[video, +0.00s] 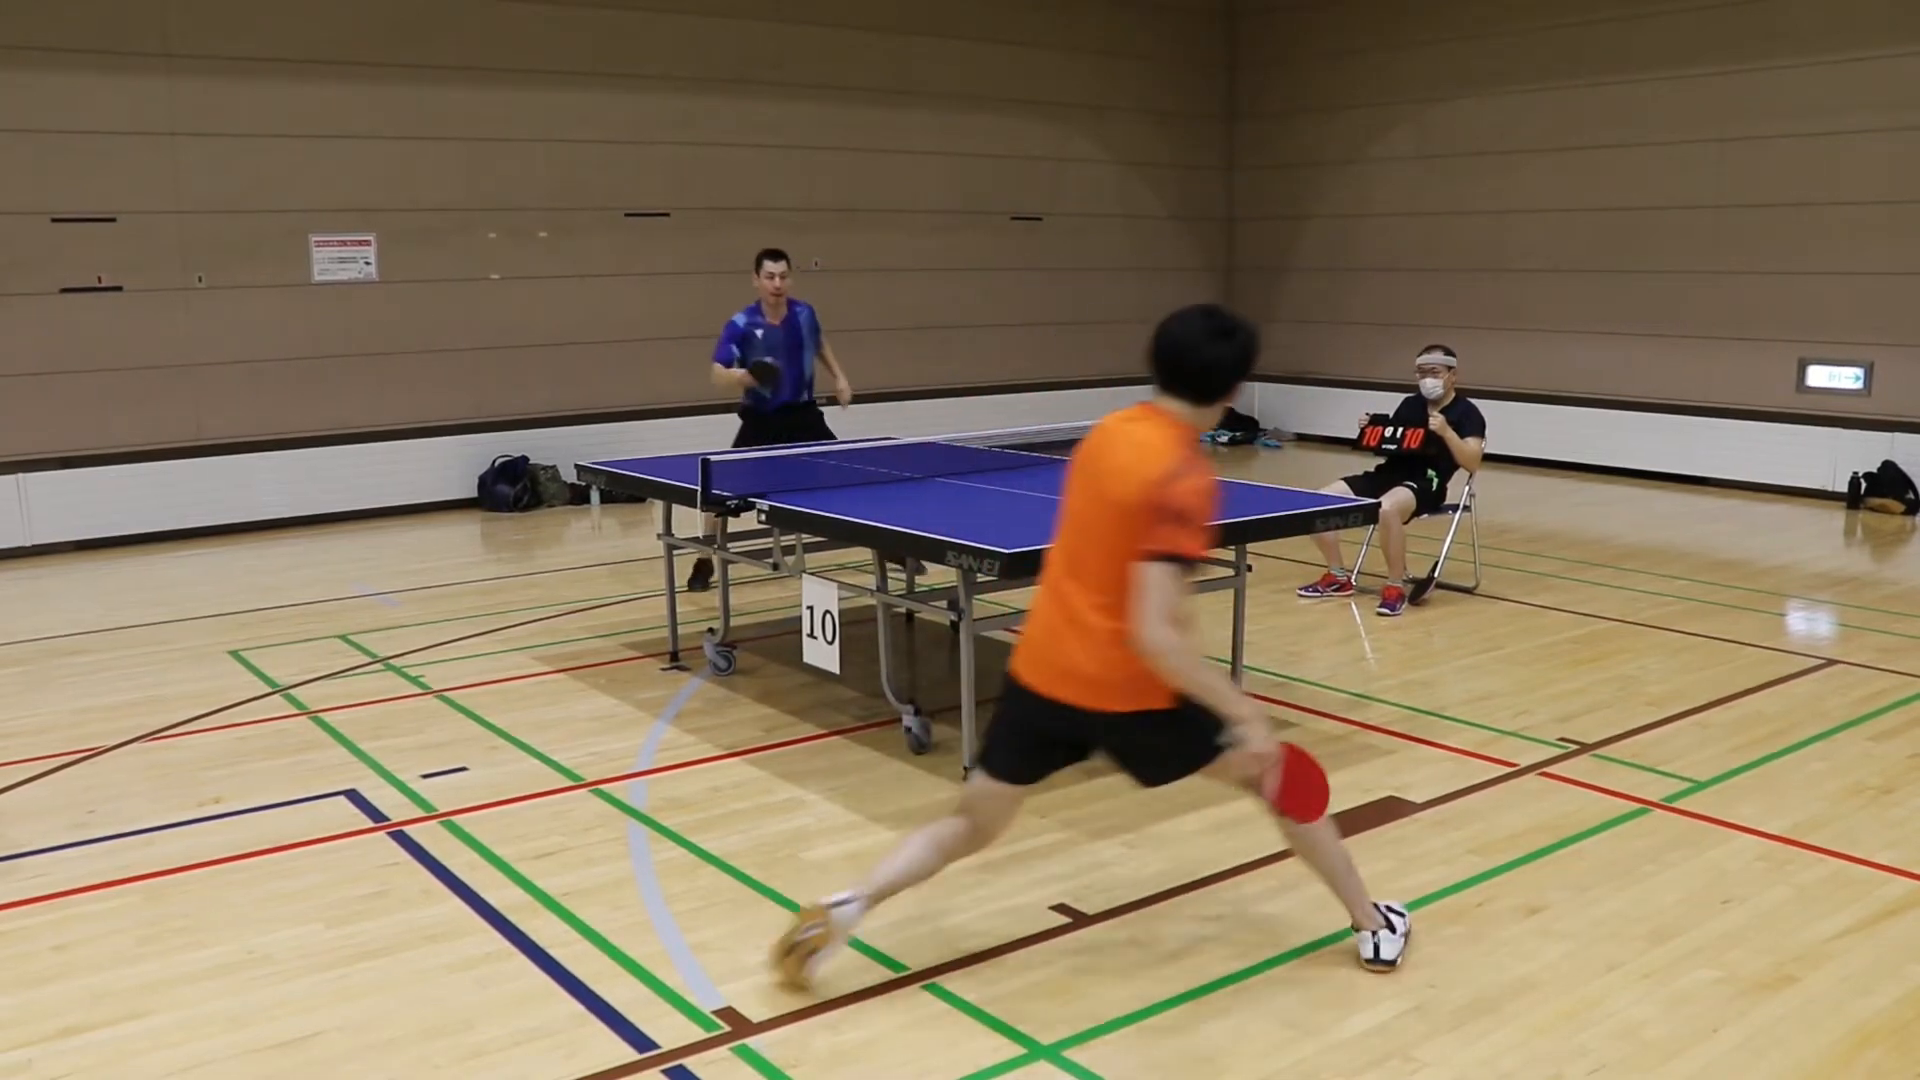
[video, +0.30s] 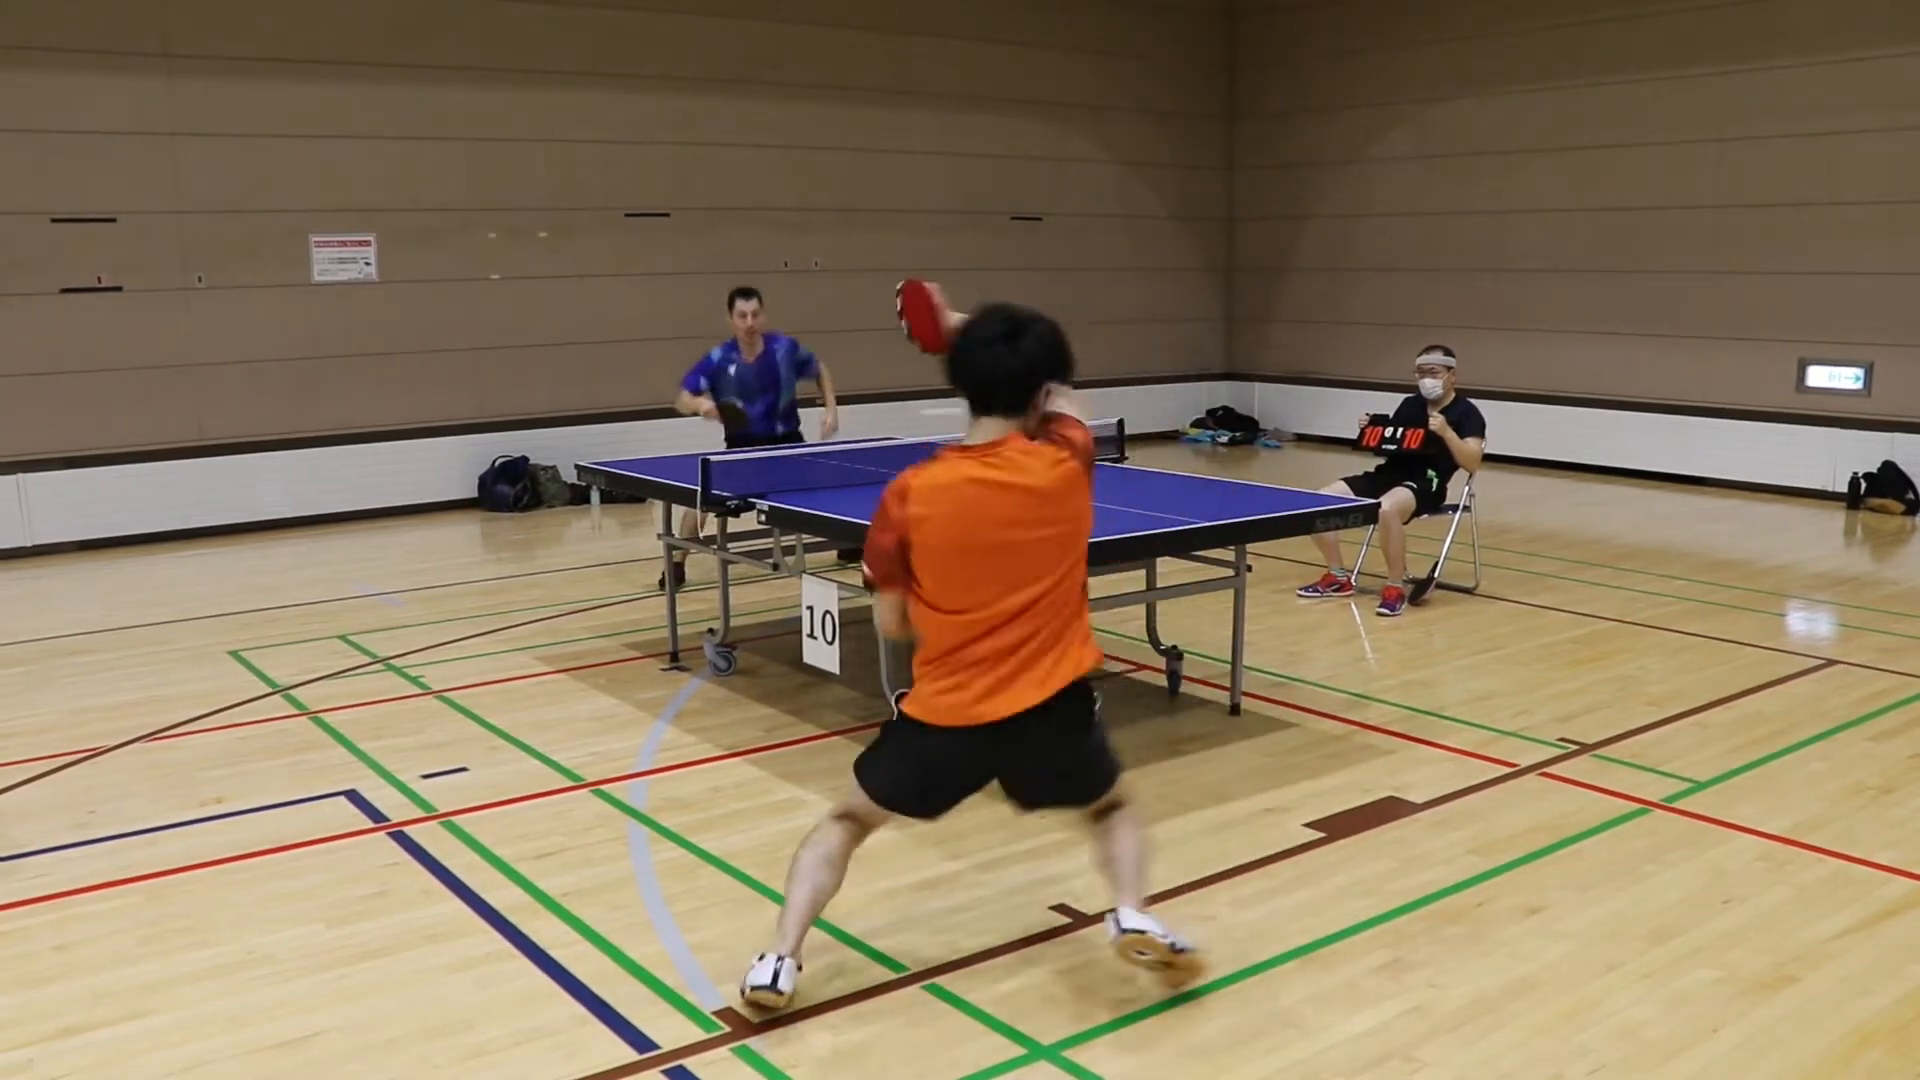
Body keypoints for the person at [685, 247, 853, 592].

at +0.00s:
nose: (778, 283)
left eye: (783, 277)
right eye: (770, 277)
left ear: (790, 280)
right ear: (756, 280)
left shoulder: (804, 314)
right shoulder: (741, 324)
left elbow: (820, 346)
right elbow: (719, 375)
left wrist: (839, 377)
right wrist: (742, 376)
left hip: (805, 419)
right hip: (760, 423)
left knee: (852, 474)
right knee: (722, 488)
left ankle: (892, 545)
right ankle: (705, 559)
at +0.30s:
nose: (749, 322)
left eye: (754, 315)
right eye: (742, 316)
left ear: (763, 316)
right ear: (731, 319)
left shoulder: (786, 349)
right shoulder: (720, 357)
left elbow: (819, 370)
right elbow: (683, 399)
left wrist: (831, 409)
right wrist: (700, 405)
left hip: (789, 448)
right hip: (741, 454)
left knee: (827, 484)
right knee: (699, 498)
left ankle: (849, 542)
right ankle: (676, 563)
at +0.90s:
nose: (730, 311)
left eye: (734, 304)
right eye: (722, 304)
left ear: (739, 306)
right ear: (706, 309)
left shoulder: (756, 339)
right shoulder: (695, 351)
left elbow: (779, 367)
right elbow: (668, 397)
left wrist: (798, 400)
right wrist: (705, 390)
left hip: (764, 435)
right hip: (719, 441)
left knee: (806, 482)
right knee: (682, 493)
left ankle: (845, 542)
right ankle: (667, 559)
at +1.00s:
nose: (704, 303)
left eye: (708, 296)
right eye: (696, 296)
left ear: (713, 300)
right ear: (679, 300)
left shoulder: (726, 333)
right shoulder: (666, 344)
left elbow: (748, 366)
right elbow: (640, 390)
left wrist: (769, 400)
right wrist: (680, 390)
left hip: (739, 430)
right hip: (697, 437)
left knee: (782, 481)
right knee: (674, 500)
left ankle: (839, 538)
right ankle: (664, 559)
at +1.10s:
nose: (684, 290)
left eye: (688, 283)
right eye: (675, 283)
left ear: (692, 287)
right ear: (659, 287)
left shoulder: (705, 322)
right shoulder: (641, 331)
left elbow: (722, 355)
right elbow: (612, 374)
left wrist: (747, 388)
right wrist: (642, 381)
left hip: (711, 424)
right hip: (671, 430)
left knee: (759, 469)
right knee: (657, 497)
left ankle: (782, 536)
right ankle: (660, 556)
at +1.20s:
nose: (665, 286)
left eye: (669, 279)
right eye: (657, 279)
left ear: (672, 282)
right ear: (640, 283)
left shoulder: (687, 319)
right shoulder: (623, 326)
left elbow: (708, 352)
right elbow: (587, 367)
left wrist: (732, 383)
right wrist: (619, 376)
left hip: (687, 421)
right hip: (646, 425)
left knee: (728, 473)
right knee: (635, 491)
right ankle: (617, 554)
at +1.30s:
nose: (646, 303)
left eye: (650, 295)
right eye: (638, 296)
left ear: (655, 297)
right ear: (621, 299)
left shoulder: (669, 335)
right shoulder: (606, 339)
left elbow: (695, 364)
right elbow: (566, 382)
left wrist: (721, 396)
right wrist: (600, 393)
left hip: (664, 437)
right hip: (623, 440)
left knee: (710, 494)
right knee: (599, 505)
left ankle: (687, 543)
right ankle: (555, 574)